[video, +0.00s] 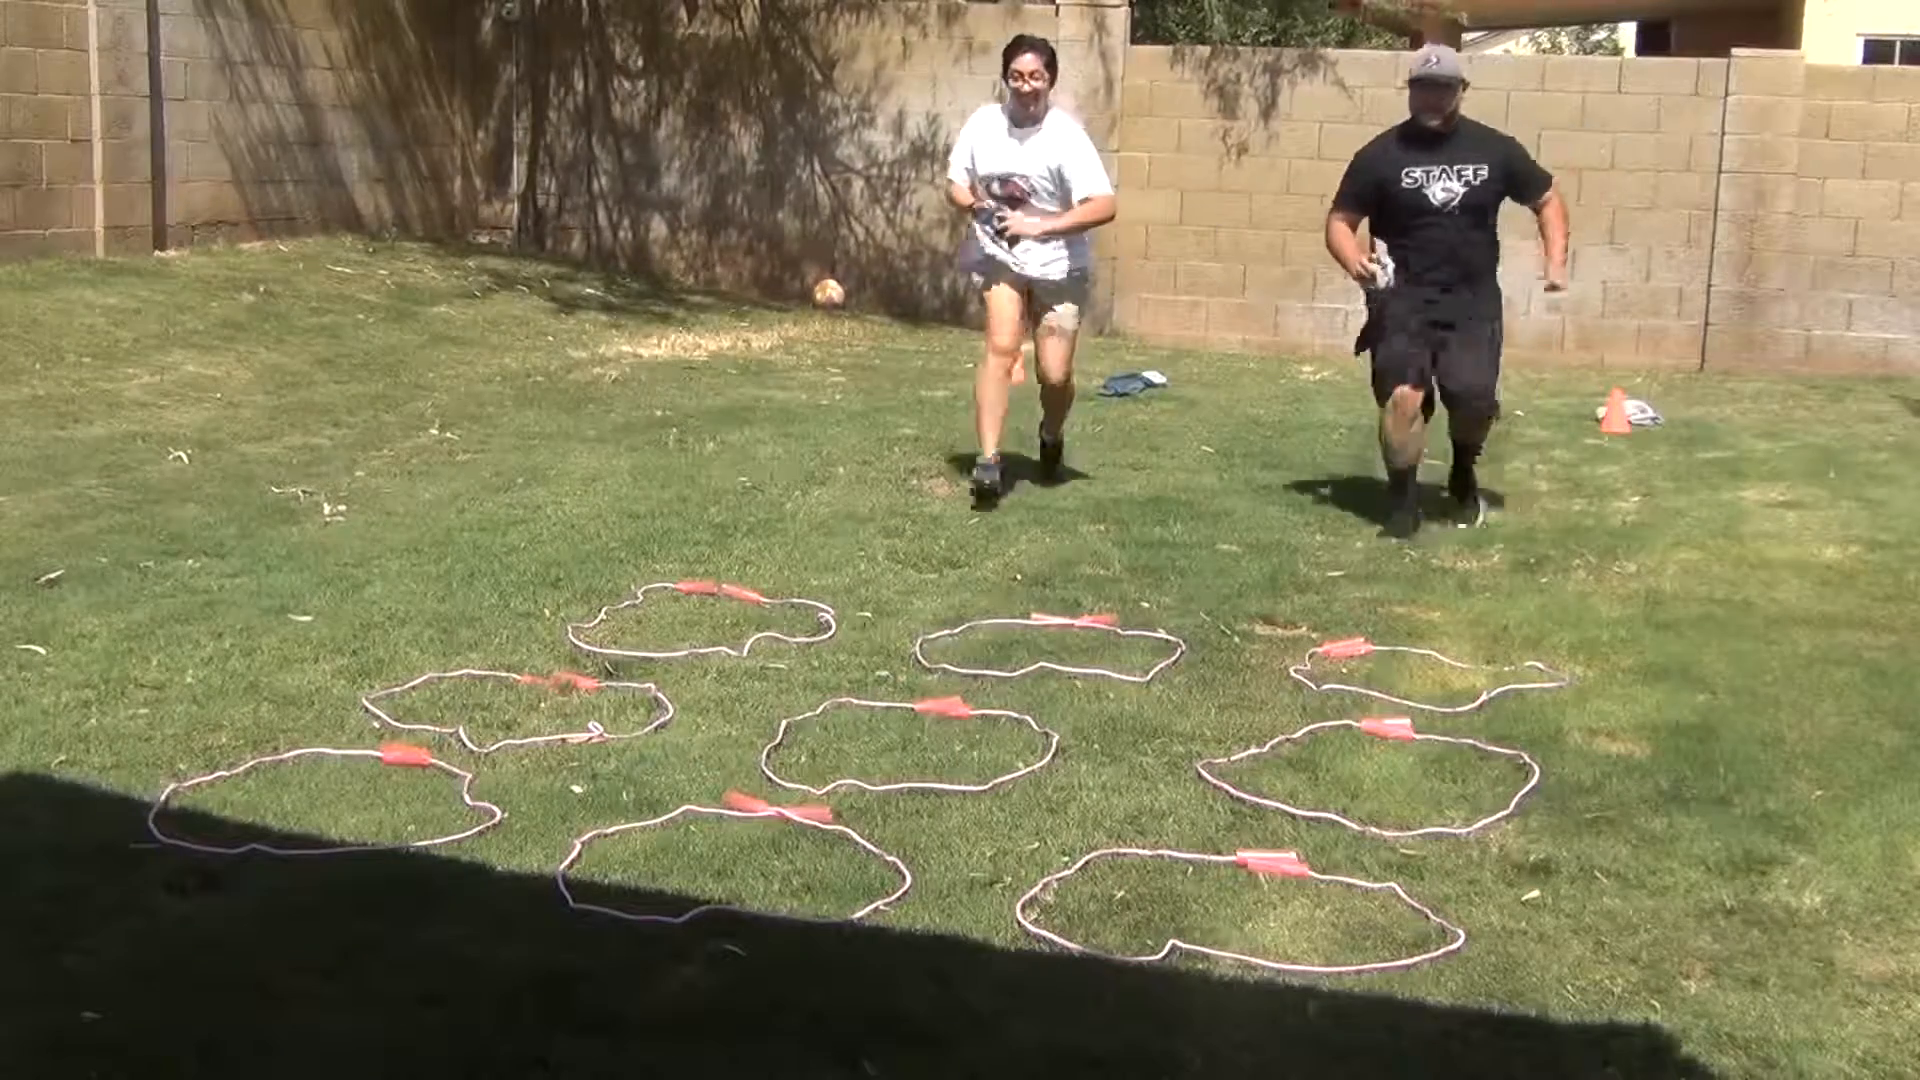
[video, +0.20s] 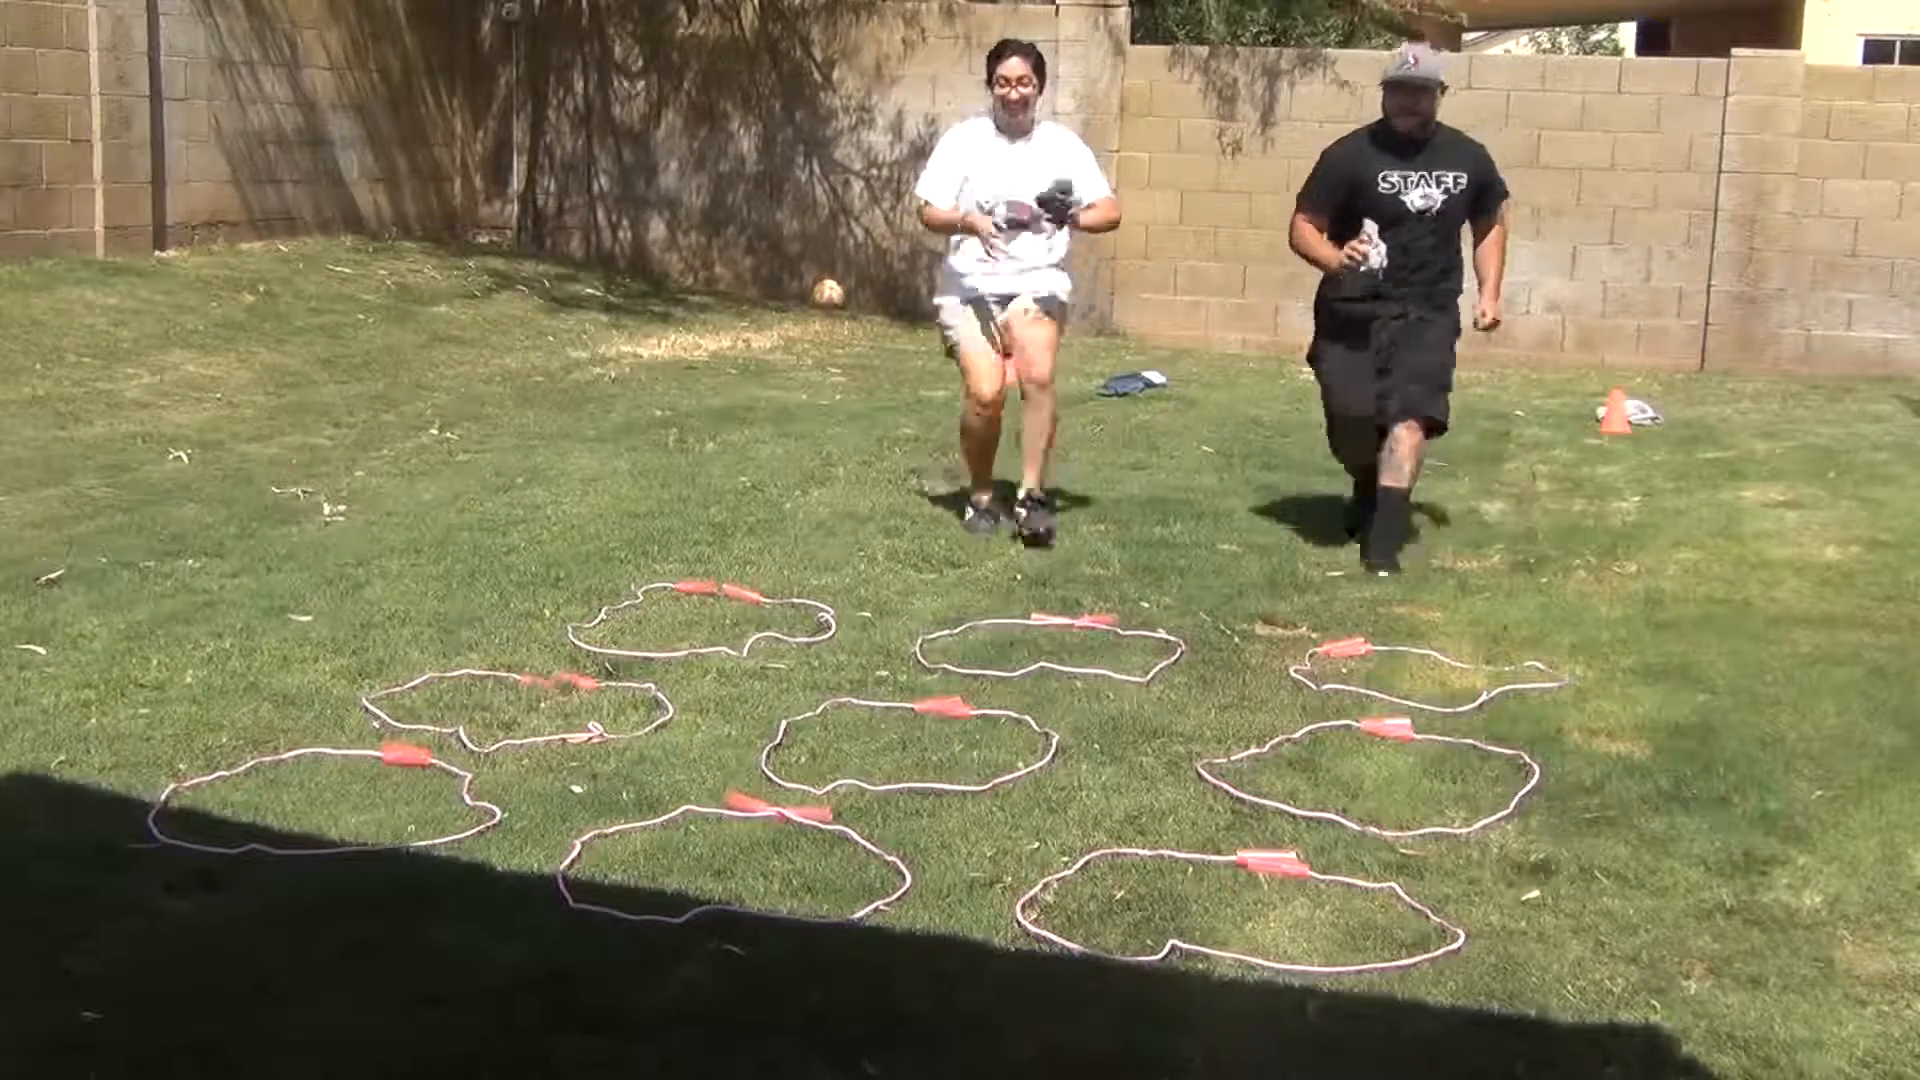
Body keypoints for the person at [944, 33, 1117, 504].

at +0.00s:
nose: (1026, 86)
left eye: (1035, 77)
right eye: (1017, 77)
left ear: (1051, 80)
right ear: (1005, 79)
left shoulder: (1067, 134)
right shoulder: (985, 122)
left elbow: (1103, 206)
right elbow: (958, 183)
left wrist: (1040, 226)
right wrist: (977, 203)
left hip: (1060, 265)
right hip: (1002, 258)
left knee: (1055, 376)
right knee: (1000, 348)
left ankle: (1051, 438)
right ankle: (988, 461)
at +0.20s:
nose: (1013, 93)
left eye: (1023, 83)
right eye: (1003, 83)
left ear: (1039, 87)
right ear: (990, 87)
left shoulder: (1062, 143)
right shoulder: (961, 141)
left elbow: (1110, 212)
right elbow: (930, 213)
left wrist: (1072, 216)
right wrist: (968, 221)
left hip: (1038, 282)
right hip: (969, 287)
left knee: (1038, 375)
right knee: (985, 394)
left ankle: (1033, 497)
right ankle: (982, 496)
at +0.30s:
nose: (1005, 104)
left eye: (1016, 94)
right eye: (995, 94)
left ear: (1034, 95)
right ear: (982, 96)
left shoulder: (1061, 150)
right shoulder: (955, 145)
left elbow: (1105, 233)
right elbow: (924, 228)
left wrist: (1061, 206)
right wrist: (960, 235)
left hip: (1031, 296)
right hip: (956, 293)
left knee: (1021, 404)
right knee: (959, 405)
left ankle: (1009, 538)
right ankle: (956, 482)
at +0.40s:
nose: (992, 121)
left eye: (1003, 109)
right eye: (981, 110)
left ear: (1022, 114)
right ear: (968, 118)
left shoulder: (1048, 176)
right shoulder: (940, 173)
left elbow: (1081, 252)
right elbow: (909, 243)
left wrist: (1038, 211)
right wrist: (919, 281)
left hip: (1023, 315)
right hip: (953, 308)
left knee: (1010, 423)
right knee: (947, 399)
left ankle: (1000, 540)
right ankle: (918, 509)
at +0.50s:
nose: (975, 146)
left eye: (986, 134)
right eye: (963, 135)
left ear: (1006, 140)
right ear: (948, 142)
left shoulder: (1029, 200)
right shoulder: (925, 193)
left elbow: (1056, 276)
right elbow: (901, 259)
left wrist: (1016, 237)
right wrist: (885, 314)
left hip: (1010, 337)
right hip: (934, 325)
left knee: (1015, 448)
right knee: (941, 420)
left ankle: (999, 538)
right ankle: (901, 552)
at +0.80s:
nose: (960, 208)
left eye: (971, 196)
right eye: (948, 196)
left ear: (991, 194)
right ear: (932, 194)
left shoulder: (1009, 254)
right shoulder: (899, 221)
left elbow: (991, 356)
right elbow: (861, 277)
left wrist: (961, 440)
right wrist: (849, 340)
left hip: (967, 357)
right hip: (895, 339)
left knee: (958, 493)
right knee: (922, 427)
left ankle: (979, 544)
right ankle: (884, 577)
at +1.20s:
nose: (904, 173)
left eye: (917, 160)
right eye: (891, 159)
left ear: (935, 155)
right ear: (870, 151)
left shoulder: (963, 217)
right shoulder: (832, 196)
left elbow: (1025, 312)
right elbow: (763, 263)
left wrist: (1080, 401)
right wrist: (749, 334)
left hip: (936, 353)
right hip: (848, 349)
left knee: (942, 490)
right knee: (870, 480)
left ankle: (976, 528)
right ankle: (875, 575)